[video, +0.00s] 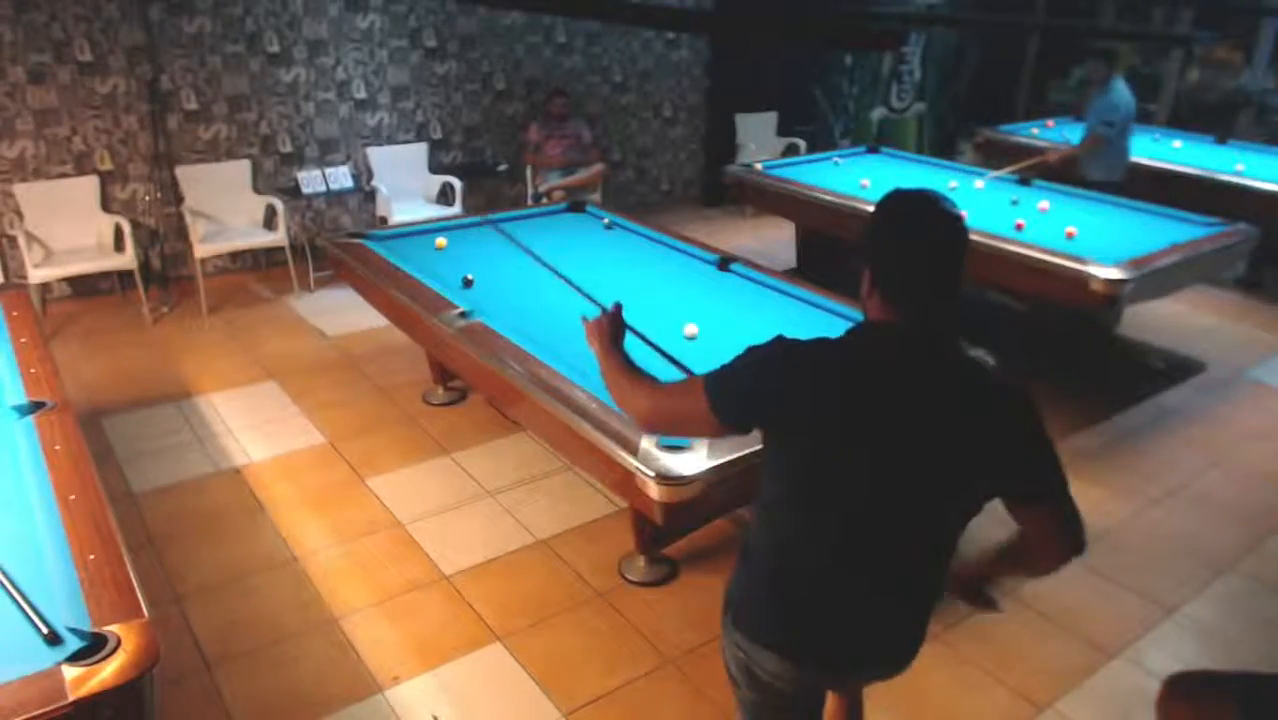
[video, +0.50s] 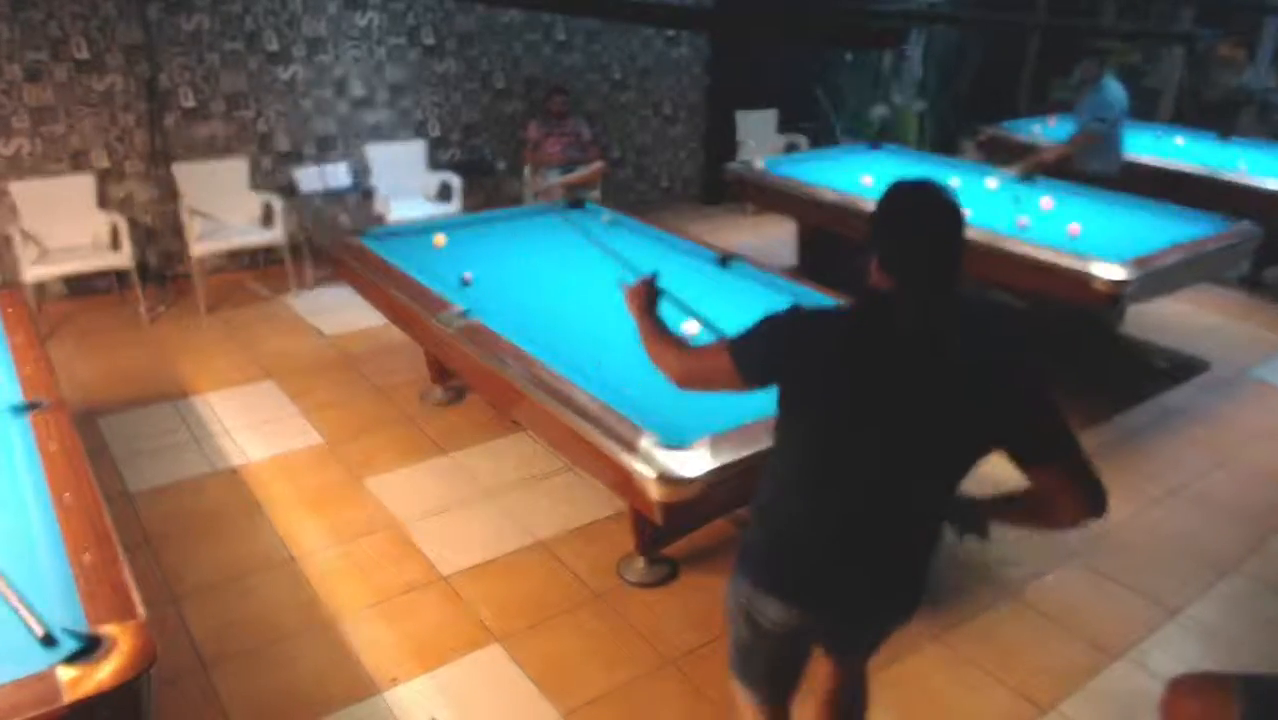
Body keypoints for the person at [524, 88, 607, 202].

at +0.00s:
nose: (560, 110)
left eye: (563, 106)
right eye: (556, 106)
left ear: (569, 107)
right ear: (548, 107)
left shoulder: (578, 125)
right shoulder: (539, 126)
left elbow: (592, 153)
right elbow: (530, 157)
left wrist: (571, 160)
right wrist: (555, 162)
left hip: (577, 166)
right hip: (551, 170)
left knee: (600, 169)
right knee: (559, 196)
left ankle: (549, 188)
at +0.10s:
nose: (559, 110)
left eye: (563, 106)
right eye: (555, 106)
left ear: (568, 107)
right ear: (548, 107)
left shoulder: (578, 125)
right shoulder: (539, 126)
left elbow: (592, 152)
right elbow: (530, 157)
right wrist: (555, 162)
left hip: (577, 166)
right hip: (550, 170)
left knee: (601, 168)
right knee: (558, 196)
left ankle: (550, 187)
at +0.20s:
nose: (559, 110)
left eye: (563, 106)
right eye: (555, 106)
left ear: (569, 107)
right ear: (548, 107)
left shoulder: (578, 125)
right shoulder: (539, 126)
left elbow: (591, 152)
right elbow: (530, 157)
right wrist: (555, 162)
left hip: (577, 165)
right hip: (551, 169)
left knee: (601, 169)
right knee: (558, 196)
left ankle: (550, 187)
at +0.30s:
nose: (559, 110)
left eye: (563, 106)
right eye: (555, 106)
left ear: (568, 107)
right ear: (548, 107)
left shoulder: (578, 125)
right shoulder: (539, 126)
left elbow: (592, 152)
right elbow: (530, 157)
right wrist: (555, 162)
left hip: (577, 166)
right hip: (550, 170)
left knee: (601, 168)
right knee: (558, 196)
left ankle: (550, 187)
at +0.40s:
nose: (559, 110)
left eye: (563, 106)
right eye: (555, 106)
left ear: (569, 107)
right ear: (548, 107)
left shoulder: (578, 125)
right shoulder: (539, 126)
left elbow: (591, 151)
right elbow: (530, 157)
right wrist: (555, 162)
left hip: (577, 165)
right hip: (551, 169)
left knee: (601, 169)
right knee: (558, 196)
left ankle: (550, 187)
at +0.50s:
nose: (559, 108)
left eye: (563, 104)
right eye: (555, 103)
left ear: (568, 105)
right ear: (548, 104)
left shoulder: (577, 123)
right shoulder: (538, 125)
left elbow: (591, 149)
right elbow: (530, 156)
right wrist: (554, 160)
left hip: (577, 164)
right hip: (548, 167)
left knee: (600, 166)